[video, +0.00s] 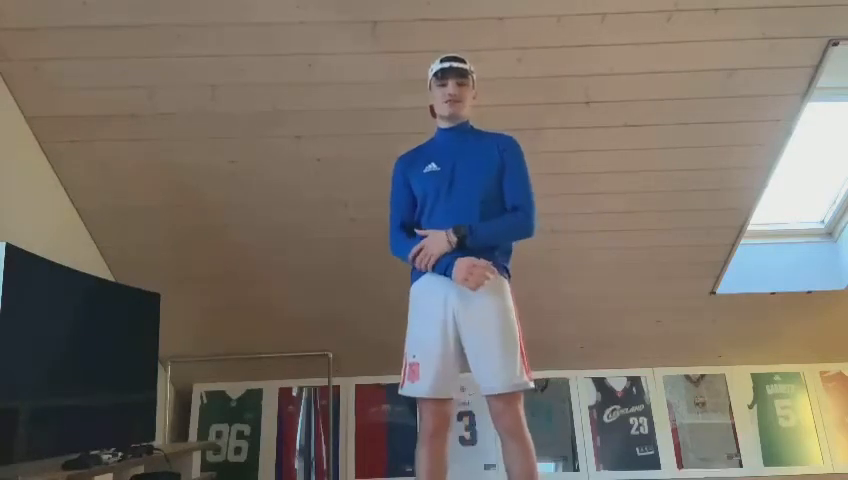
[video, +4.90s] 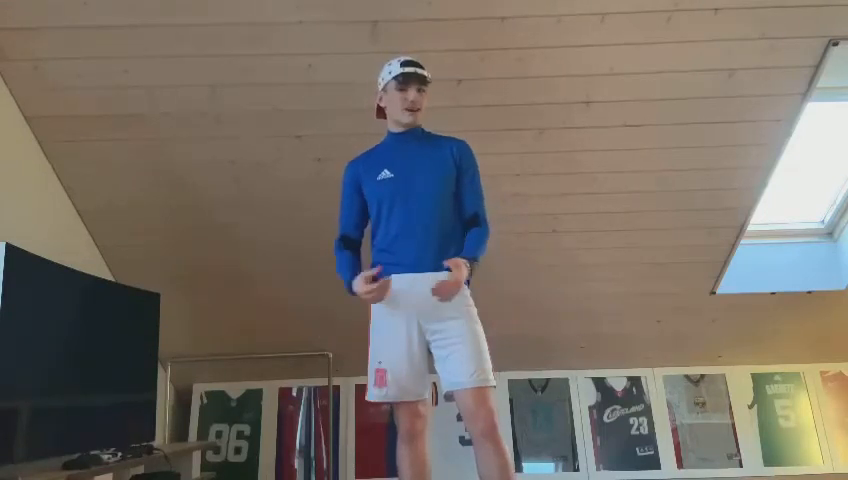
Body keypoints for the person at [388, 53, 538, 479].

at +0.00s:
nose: (452, 90)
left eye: (460, 83)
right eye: (442, 83)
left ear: (473, 93)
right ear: (430, 96)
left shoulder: (503, 147)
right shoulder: (410, 162)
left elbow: (523, 220)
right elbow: (400, 238)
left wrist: (456, 235)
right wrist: (450, 264)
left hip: (487, 287)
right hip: (429, 293)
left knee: (508, 414)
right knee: (432, 420)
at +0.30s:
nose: (427, 94)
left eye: (435, 87)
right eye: (417, 88)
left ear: (447, 97)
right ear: (404, 102)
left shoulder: (477, 152)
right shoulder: (383, 166)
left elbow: (503, 226)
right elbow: (368, 244)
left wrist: (458, 242)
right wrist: (399, 277)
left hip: (465, 290)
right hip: (408, 297)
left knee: (507, 408)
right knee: (418, 417)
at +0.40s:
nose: (421, 95)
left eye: (428, 87)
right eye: (410, 89)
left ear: (440, 96)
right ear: (397, 103)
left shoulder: (471, 151)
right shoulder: (378, 166)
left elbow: (497, 223)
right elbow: (363, 242)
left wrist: (478, 249)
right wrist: (373, 290)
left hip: (463, 292)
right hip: (405, 296)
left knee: (504, 408)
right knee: (417, 419)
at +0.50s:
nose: (415, 96)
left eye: (422, 87)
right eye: (405, 89)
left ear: (433, 95)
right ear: (390, 103)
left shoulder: (466, 152)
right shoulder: (375, 167)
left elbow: (493, 217)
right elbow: (356, 243)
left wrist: (508, 262)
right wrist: (343, 300)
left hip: (461, 294)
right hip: (404, 298)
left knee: (489, 416)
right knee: (415, 419)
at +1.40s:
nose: (403, 96)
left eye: (411, 87)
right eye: (393, 89)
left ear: (425, 95)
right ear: (382, 103)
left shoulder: (459, 150)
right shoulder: (366, 167)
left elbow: (479, 221)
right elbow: (354, 243)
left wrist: (465, 276)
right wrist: (363, 305)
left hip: (454, 290)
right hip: (399, 295)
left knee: (484, 414)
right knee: (413, 418)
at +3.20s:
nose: (408, 96)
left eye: (416, 88)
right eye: (398, 89)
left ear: (428, 97)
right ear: (384, 103)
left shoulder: (459, 151)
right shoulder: (367, 167)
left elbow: (483, 224)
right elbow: (355, 246)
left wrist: (512, 290)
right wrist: (342, 319)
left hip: (452, 293)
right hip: (396, 298)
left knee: (484, 417)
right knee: (413, 420)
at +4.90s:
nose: (413, 95)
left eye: (420, 88)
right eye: (402, 87)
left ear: (427, 97)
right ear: (381, 99)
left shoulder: (456, 151)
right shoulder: (361, 168)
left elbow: (477, 223)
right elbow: (347, 242)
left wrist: (466, 261)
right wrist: (354, 280)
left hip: (451, 296)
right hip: (392, 301)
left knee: (483, 419)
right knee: (410, 422)